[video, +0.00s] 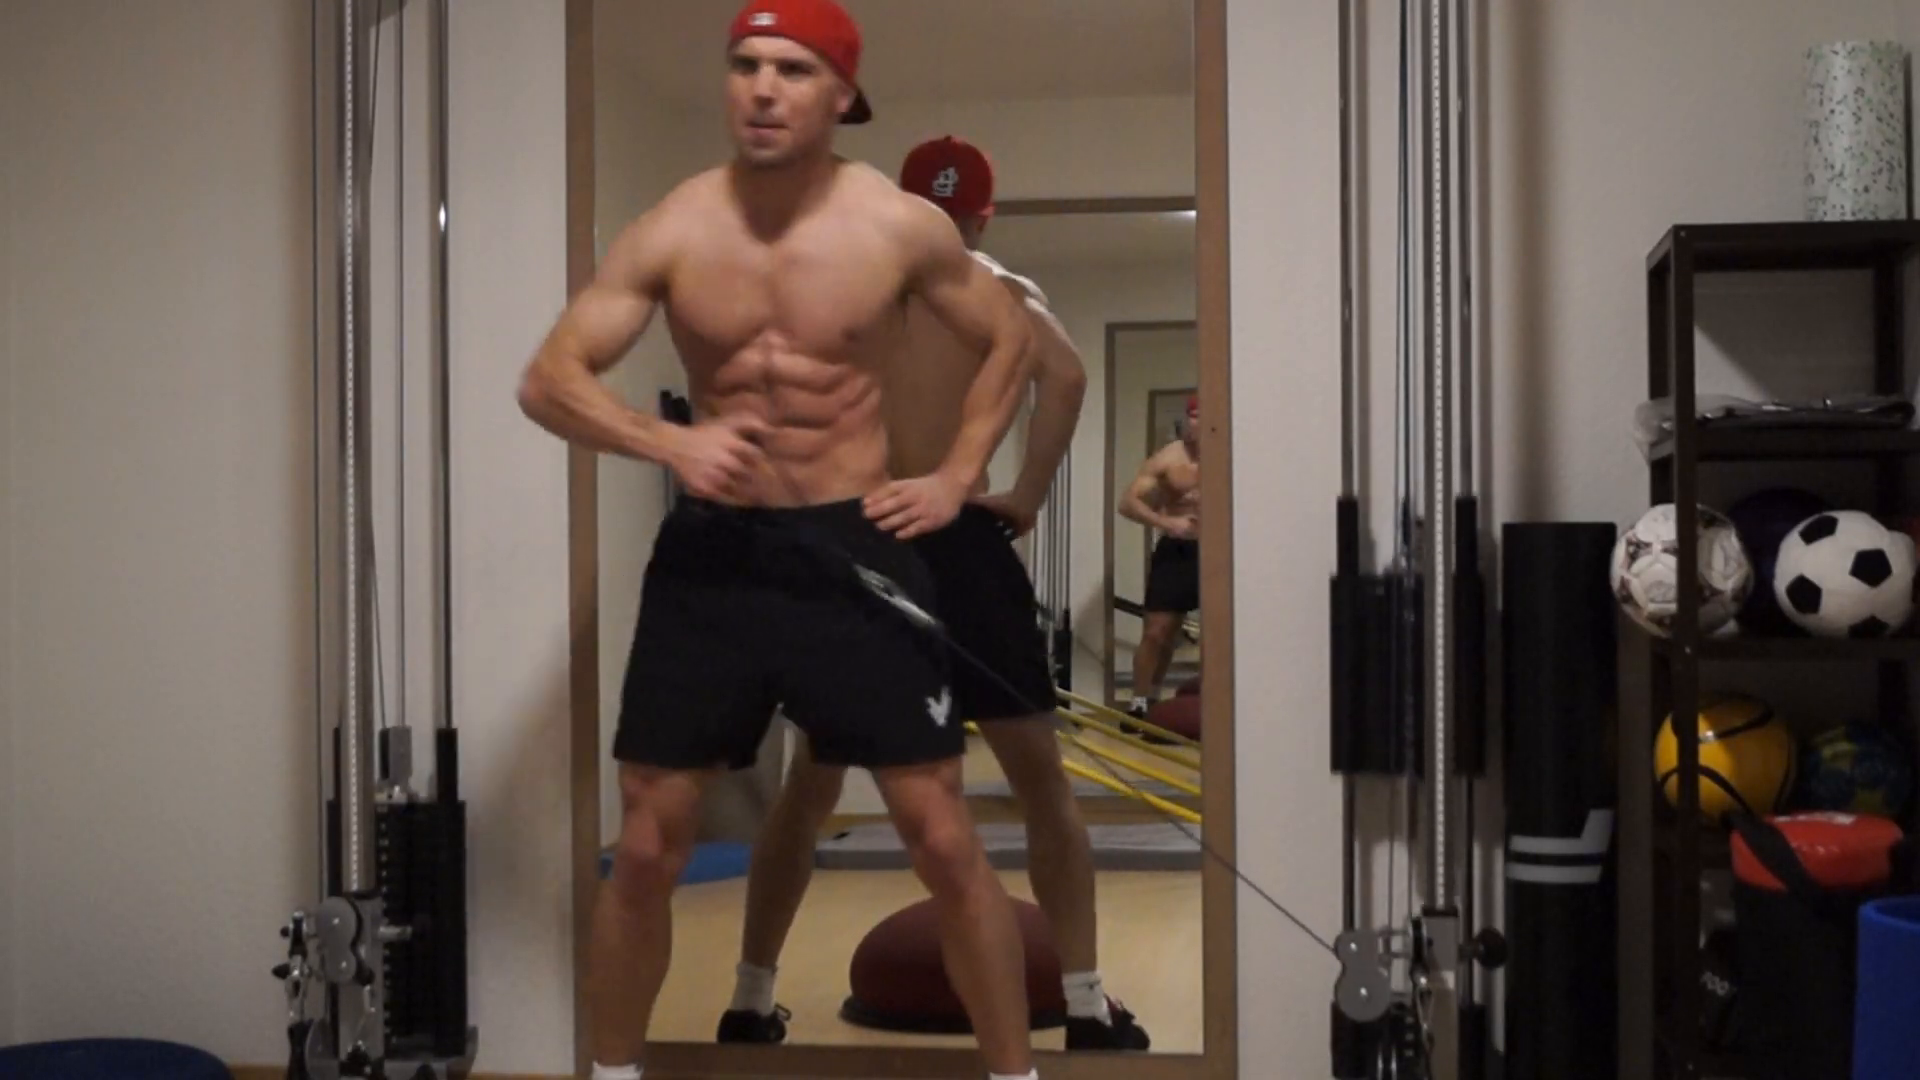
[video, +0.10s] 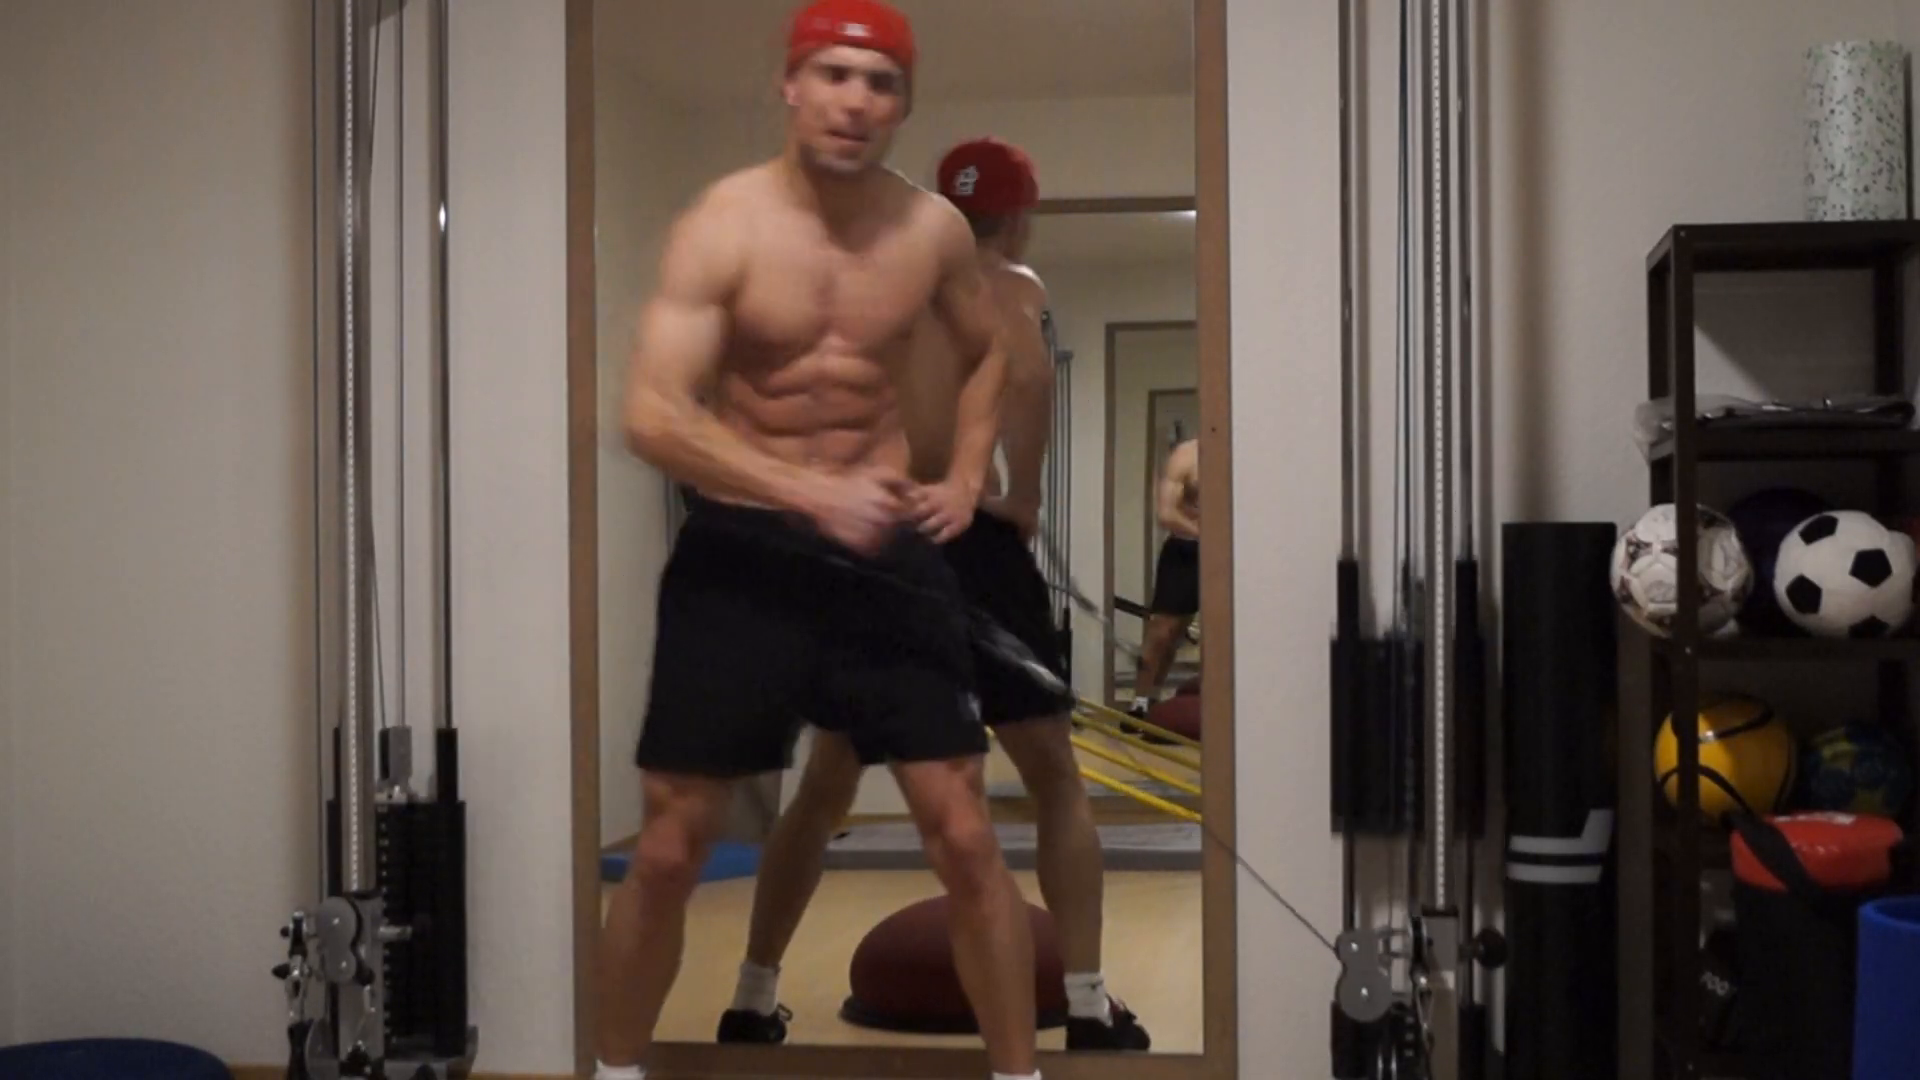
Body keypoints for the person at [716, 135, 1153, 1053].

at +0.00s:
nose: (979, 226)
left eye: (962, 210)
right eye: (981, 213)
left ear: (899, 204)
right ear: (981, 216)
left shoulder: (838, 278)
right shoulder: (999, 291)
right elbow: (1066, 373)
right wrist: (1026, 497)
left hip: (851, 552)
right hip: (967, 548)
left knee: (809, 790)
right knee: (1041, 781)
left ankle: (751, 999)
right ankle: (1084, 1003)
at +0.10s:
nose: (1036, 227)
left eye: (1026, 214)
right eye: (1034, 213)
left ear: (947, 209)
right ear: (1020, 216)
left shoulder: (892, 276)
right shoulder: (1025, 293)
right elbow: (1032, 382)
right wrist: (1023, 500)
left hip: (880, 546)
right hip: (987, 550)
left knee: (821, 795)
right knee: (1056, 783)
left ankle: (753, 996)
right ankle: (1086, 1003)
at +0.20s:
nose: (1060, 246)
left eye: (1061, 229)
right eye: (1057, 228)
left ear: (980, 215)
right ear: (1023, 220)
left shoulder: (917, 279)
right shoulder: (1005, 287)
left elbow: (894, 445)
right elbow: (986, 432)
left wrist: (1027, 526)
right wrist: (1029, 529)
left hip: (885, 556)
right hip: (980, 555)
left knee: (828, 798)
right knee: (1059, 782)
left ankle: (754, 999)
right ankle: (1088, 1005)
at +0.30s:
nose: (1092, 260)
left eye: (1095, 244)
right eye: (1088, 240)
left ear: (1031, 224)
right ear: (1042, 224)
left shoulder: (986, 305)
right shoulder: (991, 291)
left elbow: (1019, 480)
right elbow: (953, 443)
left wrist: (1096, 553)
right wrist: (1010, 554)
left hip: (901, 567)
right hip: (966, 573)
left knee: (840, 793)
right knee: (1059, 781)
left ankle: (756, 994)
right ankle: (1087, 1004)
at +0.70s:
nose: (1029, 298)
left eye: (1035, 283)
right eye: (1031, 278)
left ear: (970, 245)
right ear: (1004, 252)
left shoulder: (896, 294)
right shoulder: (969, 301)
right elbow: (955, 420)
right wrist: (988, 524)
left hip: (874, 554)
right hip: (953, 561)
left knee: (833, 792)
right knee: (1034, 779)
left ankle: (762, 993)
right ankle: (1083, 1000)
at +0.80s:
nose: (1011, 288)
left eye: (1012, 277)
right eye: (1011, 274)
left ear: (926, 235)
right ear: (993, 253)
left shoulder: (852, 284)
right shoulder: (987, 289)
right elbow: (1016, 374)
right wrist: (1008, 493)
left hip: (837, 544)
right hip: (945, 546)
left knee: (811, 782)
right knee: (1025, 781)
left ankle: (757, 991)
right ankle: (1082, 1000)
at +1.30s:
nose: (1000, 282)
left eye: (1000, 272)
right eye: (999, 268)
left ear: (907, 237)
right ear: (982, 249)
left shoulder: (848, 290)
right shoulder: (985, 280)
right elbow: (1005, 359)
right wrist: (1035, 474)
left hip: (844, 547)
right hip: (954, 540)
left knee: (814, 790)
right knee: (1038, 775)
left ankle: (755, 996)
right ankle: (1082, 1004)